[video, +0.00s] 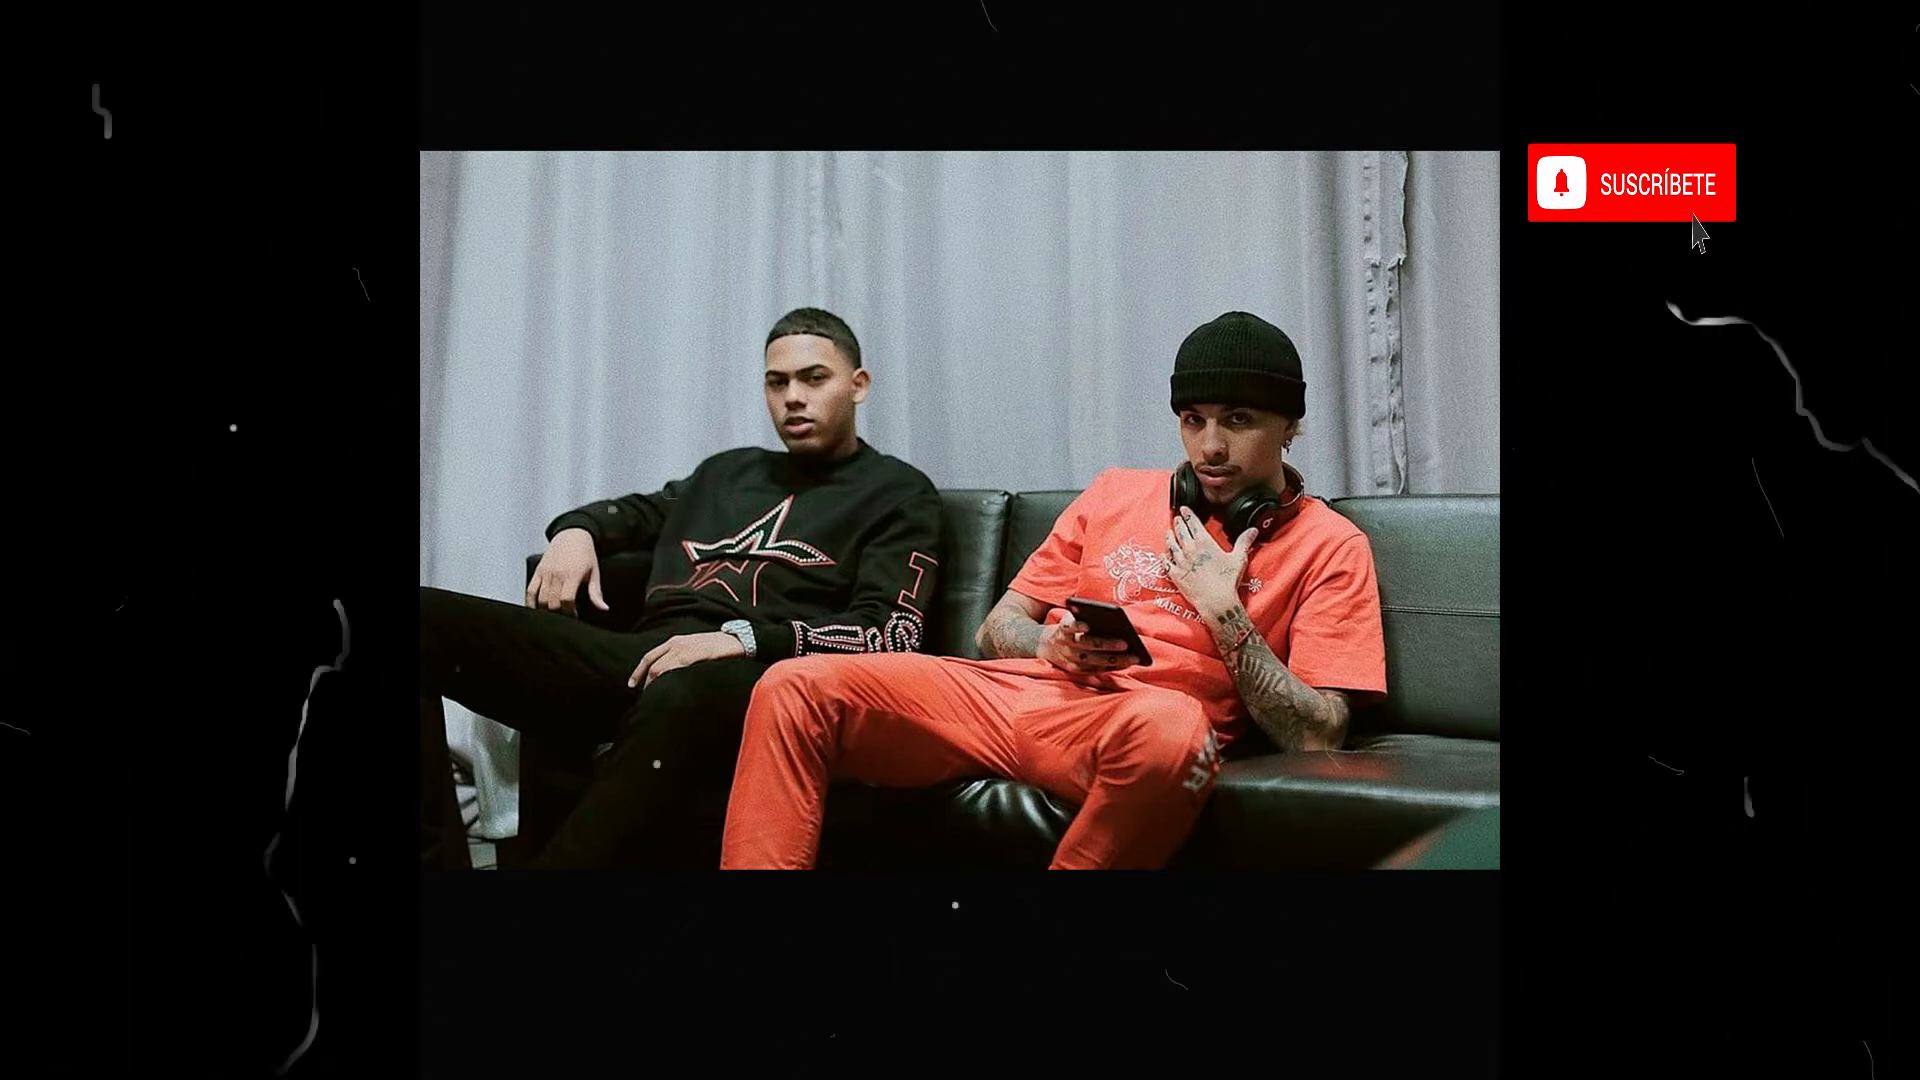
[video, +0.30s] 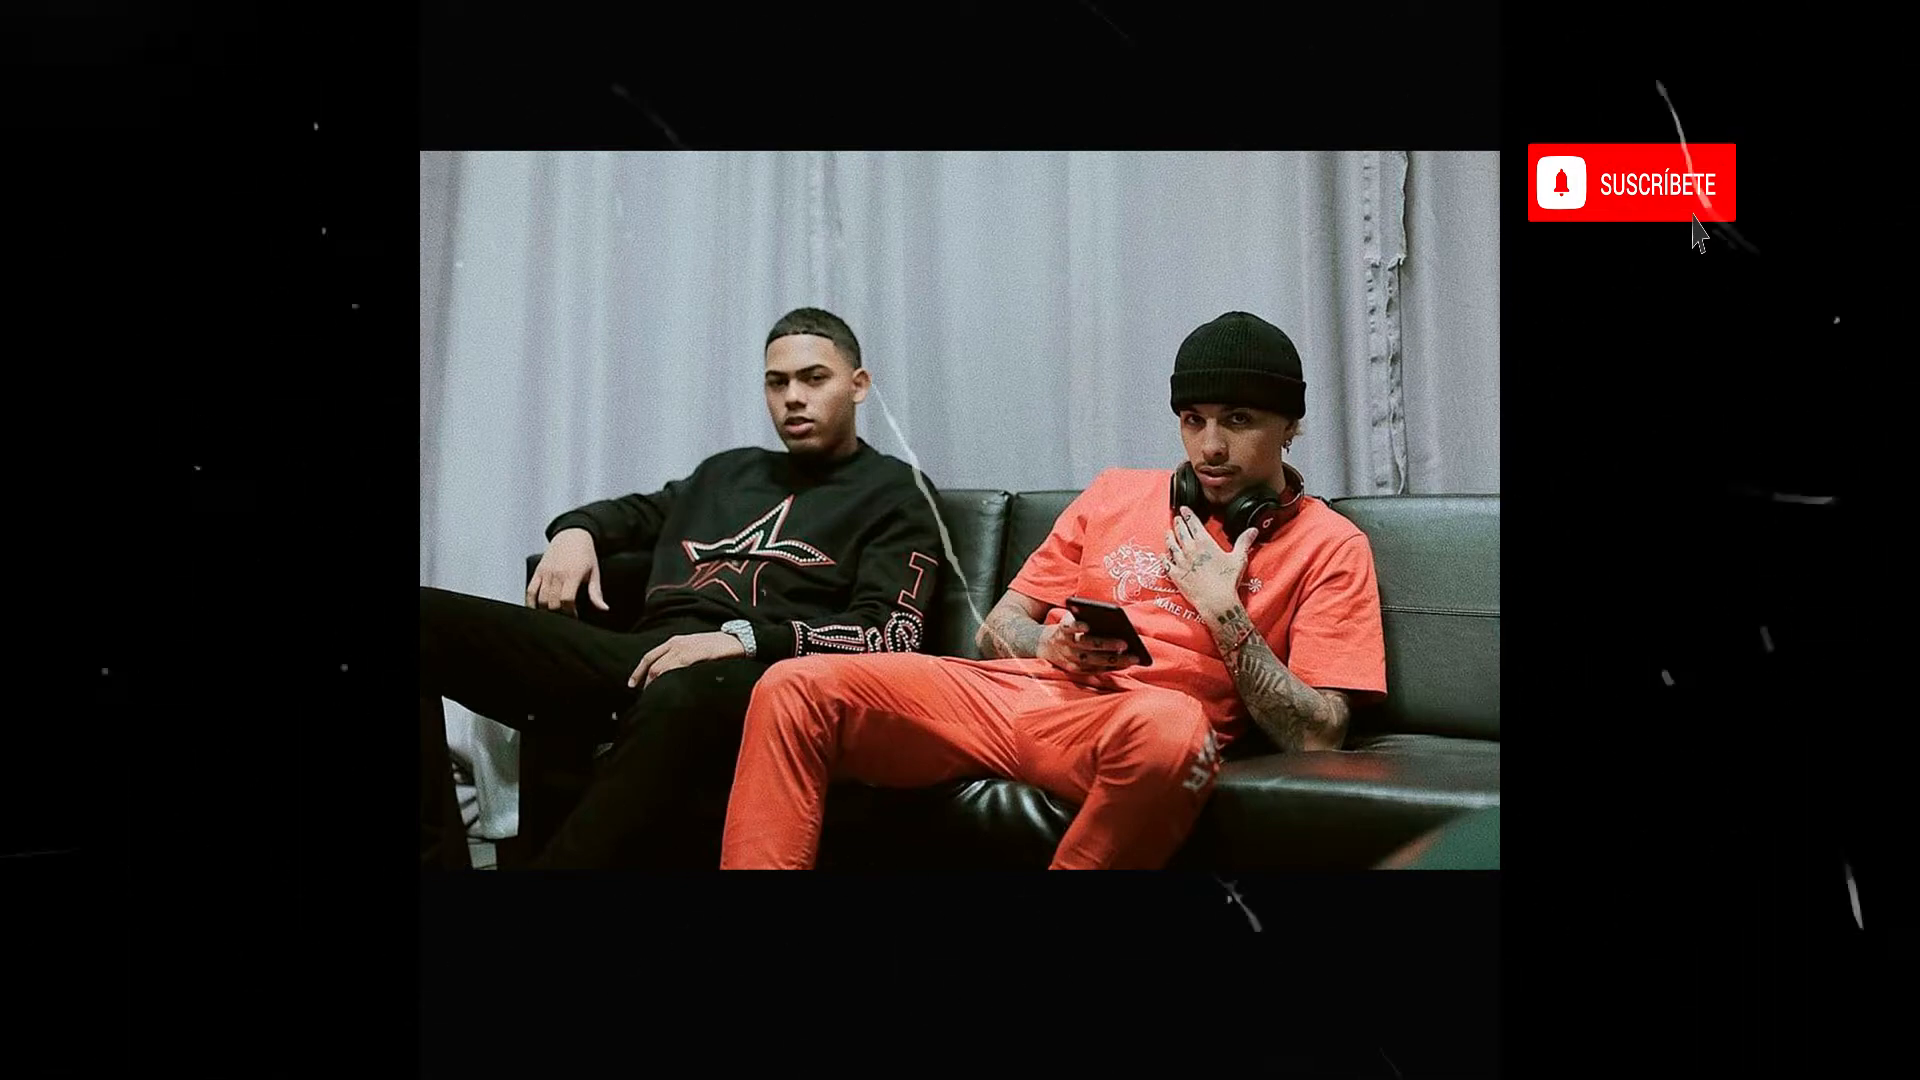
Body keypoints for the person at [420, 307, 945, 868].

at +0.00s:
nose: (793, 399)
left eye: (814, 378)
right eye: (779, 382)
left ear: (859, 385)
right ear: (765, 390)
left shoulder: (900, 494)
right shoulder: (727, 472)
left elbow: (893, 635)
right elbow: (643, 516)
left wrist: (743, 639)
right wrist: (575, 530)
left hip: (771, 681)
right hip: (637, 654)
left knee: (682, 701)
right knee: (424, 617)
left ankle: (561, 870)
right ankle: (440, 857)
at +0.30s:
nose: (793, 399)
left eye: (814, 378)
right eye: (779, 382)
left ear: (859, 385)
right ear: (765, 390)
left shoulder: (897, 494)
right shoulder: (729, 471)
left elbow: (893, 636)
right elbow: (642, 515)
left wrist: (741, 640)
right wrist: (575, 530)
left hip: (770, 681)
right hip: (637, 653)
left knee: (683, 701)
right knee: (426, 617)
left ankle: (562, 871)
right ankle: (441, 856)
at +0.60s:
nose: (793, 399)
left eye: (813, 378)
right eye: (779, 382)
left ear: (859, 385)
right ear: (765, 391)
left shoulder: (900, 494)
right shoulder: (728, 472)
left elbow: (892, 635)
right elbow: (640, 515)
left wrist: (744, 638)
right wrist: (575, 530)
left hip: (772, 681)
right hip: (638, 653)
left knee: (684, 699)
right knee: (426, 617)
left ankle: (562, 872)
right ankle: (440, 857)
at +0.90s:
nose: (793, 399)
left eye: (813, 379)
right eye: (779, 382)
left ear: (859, 385)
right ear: (765, 391)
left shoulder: (900, 494)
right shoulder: (728, 472)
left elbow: (891, 634)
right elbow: (641, 515)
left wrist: (743, 638)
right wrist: (575, 530)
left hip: (770, 680)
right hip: (637, 653)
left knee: (683, 699)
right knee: (424, 617)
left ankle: (557, 879)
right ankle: (441, 859)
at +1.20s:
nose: (793, 399)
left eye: (813, 379)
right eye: (779, 382)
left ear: (859, 385)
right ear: (765, 391)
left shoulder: (899, 493)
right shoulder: (728, 472)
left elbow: (892, 635)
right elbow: (640, 515)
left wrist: (745, 638)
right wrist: (575, 530)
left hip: (770, 680)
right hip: (637, 653)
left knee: (683, 699)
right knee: (426, 617)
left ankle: (560, 871)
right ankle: (441, 857)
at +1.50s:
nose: (793, 399)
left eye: (813, 379)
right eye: (779, 382)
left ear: (859, 385)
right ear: (765, 391)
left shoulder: (899, 493)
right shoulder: (728, 472)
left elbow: (893, 635)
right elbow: (640, 515)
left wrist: (745, 638)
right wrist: (575, 530)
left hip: (770, 681)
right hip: (638, 653)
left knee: (683, 699)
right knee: (424, 618)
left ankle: (560, 874)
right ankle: (441, 860)